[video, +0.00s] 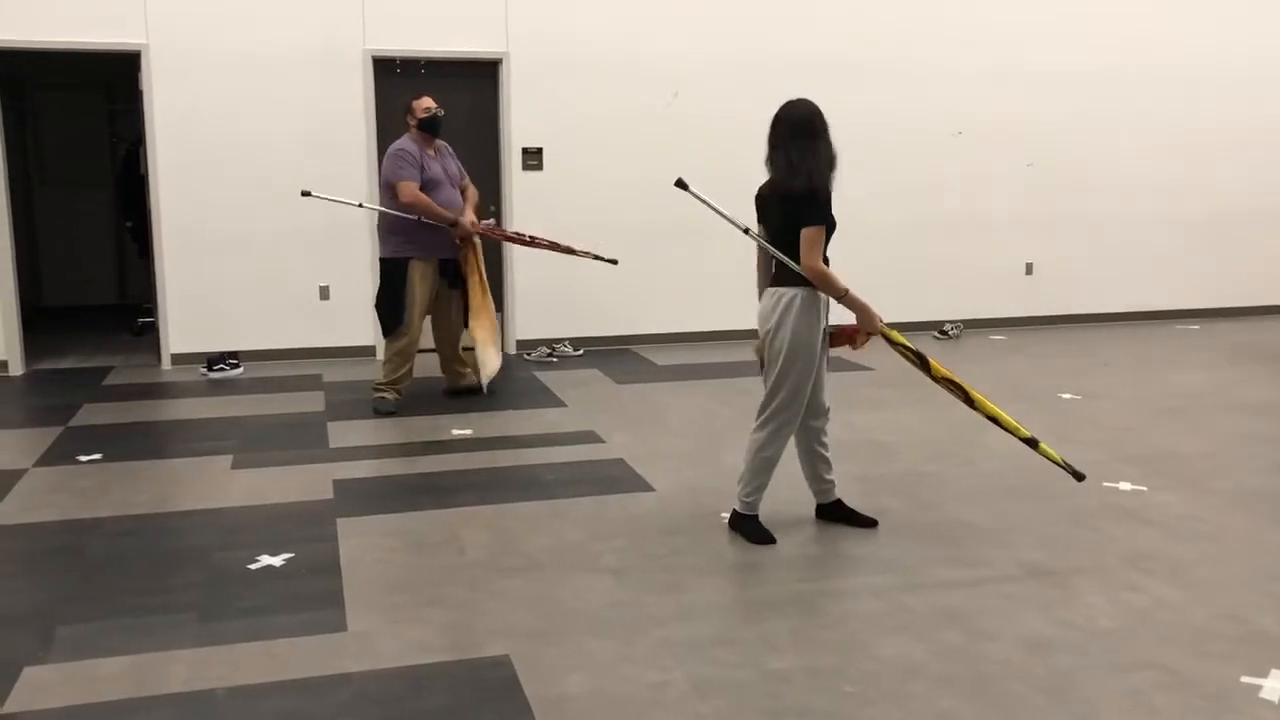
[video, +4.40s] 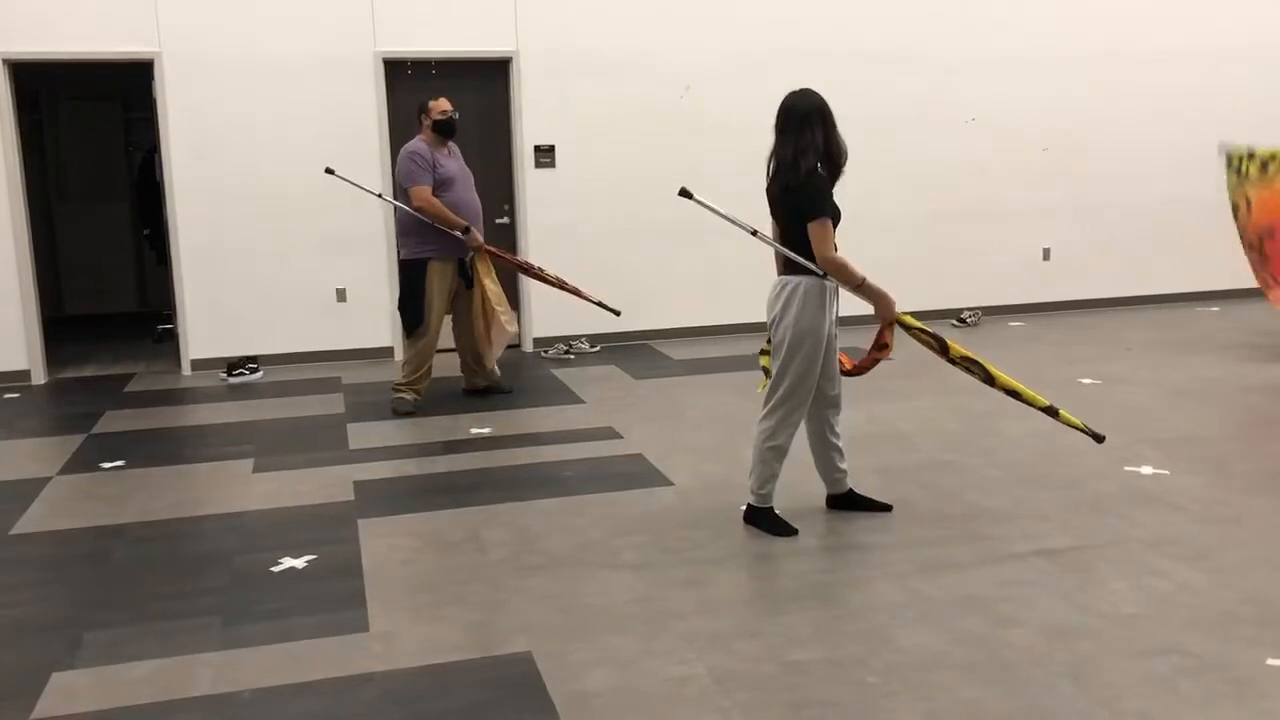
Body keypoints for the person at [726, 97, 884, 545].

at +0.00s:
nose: (829, 144)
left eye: (823, 135)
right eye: (825, 136)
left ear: (776, 142)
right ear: (820, 140)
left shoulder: (768, 192)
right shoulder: (812, 191)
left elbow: (766, 267)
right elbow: (811, 266)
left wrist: (771, 323)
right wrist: (860, 307)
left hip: (779, 303)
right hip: (797, 305)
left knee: (812, 409)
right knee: (782, 410)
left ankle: (827, 501)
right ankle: (745, 510)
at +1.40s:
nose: (828, 156)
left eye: (825, 147)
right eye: (823, 147)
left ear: (779, 151)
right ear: (814, 151)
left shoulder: (777, 201)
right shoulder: (804, 202)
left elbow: (778, 274)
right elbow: (816, 279)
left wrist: (831, 303)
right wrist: (866, 318)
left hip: (802, 315)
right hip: (799, 317)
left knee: (823, 419)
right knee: (786, 422)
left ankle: (832, 513)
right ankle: (753, 524)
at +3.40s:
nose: (837, 139)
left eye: (832, 131)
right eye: (833, 131)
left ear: (792, 136)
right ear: (826, 135)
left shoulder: (797, 181)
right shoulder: (813, 185)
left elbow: (811, 259)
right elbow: (828, 263)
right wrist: (876, 305)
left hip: (816, 301)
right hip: (805, 302)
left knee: (828, 406)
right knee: (789, 409)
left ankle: (841, 498)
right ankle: (761, 511)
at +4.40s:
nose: (834, 133)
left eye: (829, 125)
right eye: (830, 125)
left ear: (785, 129)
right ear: (821, 128)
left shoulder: (784, 177)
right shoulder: (810, 179)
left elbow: (782, 247)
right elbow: (825, 257)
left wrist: (790, 297)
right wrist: (876, 296)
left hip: (805, 292)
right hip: (805, 295)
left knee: (825, 398)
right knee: (786, 402)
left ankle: (838, 491)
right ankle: (759, 503)